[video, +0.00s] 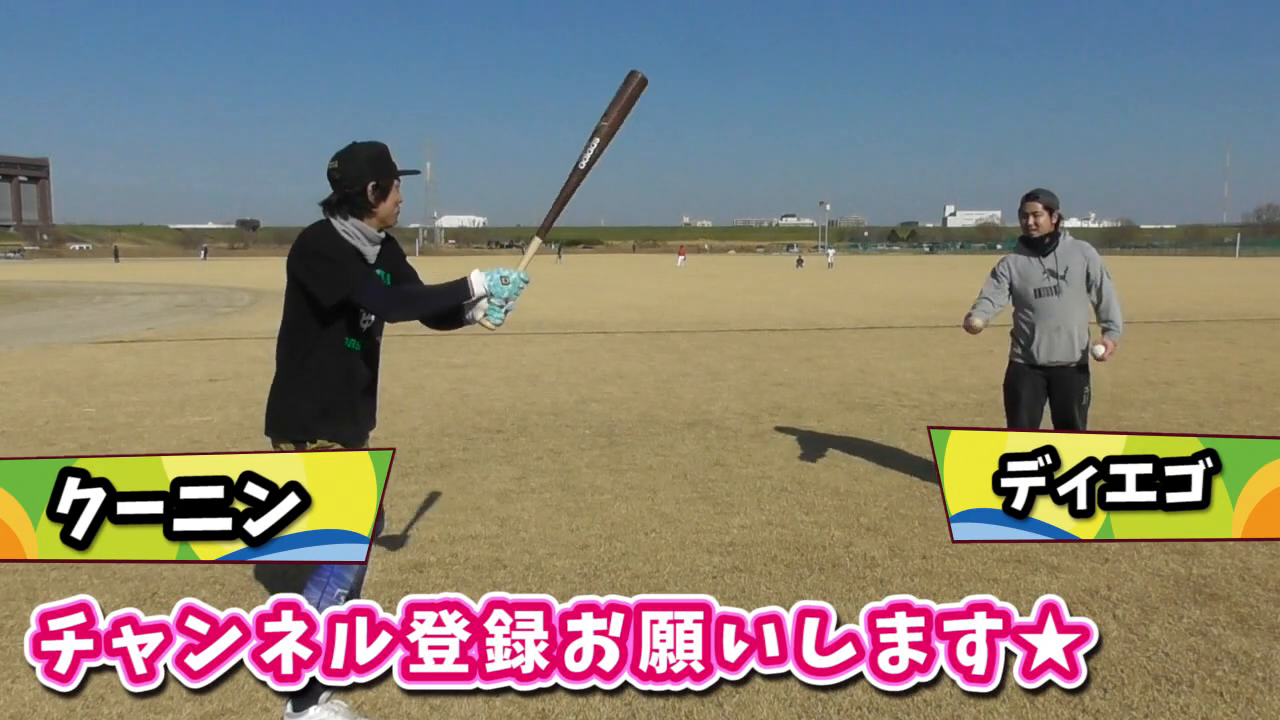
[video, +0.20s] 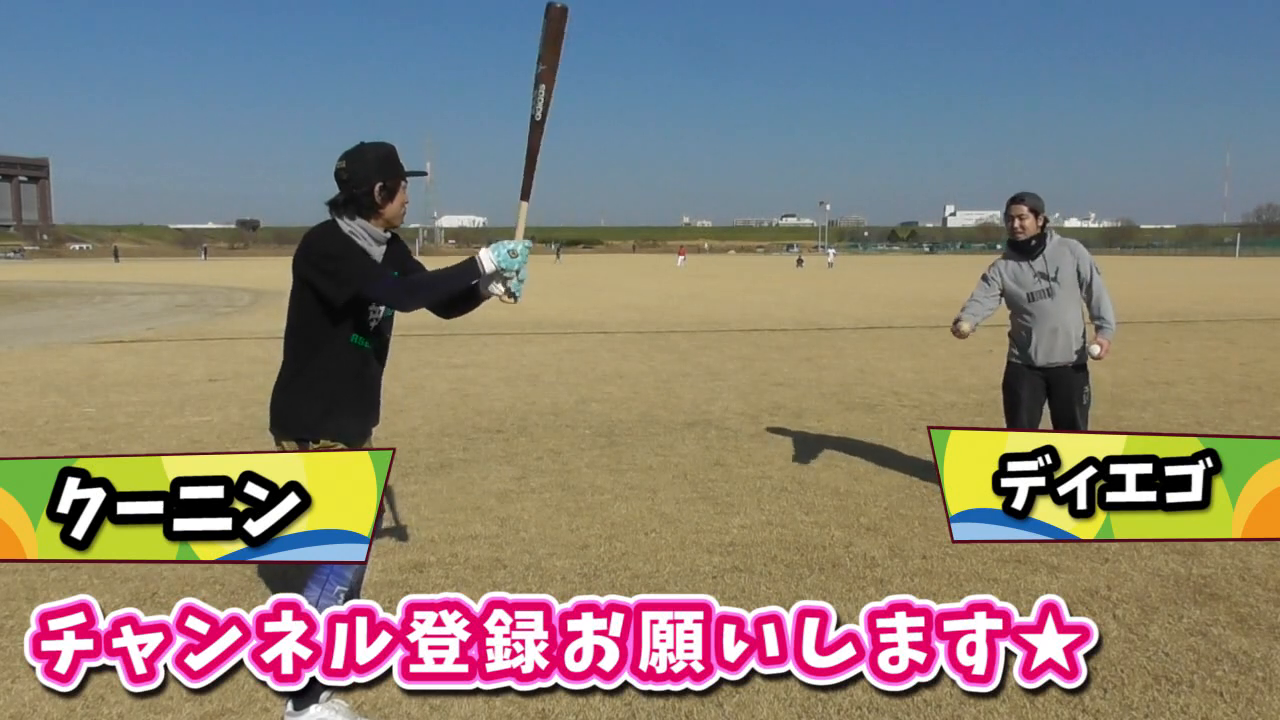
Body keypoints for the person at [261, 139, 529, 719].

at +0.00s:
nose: (400, 197)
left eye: (399, 188)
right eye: (395, 188)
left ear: (367, 191)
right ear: (373, 193)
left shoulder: (382, 249)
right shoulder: (319, 245)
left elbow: (422, 311)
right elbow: (382, 301)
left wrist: (475, 310)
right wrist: (470, 285)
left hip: (351, 425)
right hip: (311, 426)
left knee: (352, 548)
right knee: (345, 553)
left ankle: (316, 680)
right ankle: (304, 695)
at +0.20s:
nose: (407, 199)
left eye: (405, 189)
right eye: (403, 189)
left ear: (373, 192)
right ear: (380, 193)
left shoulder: (388, 247)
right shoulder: (326, 243)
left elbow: (436, 301)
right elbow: (395, 291)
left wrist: (487, 283)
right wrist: (476, 266)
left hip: (351, 422)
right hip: (314, 423)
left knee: (349, 545)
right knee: (348, 548)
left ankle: (319, 679)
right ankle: (306, 694)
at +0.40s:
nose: (404, 202)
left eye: (403, 193)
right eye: (400, 193)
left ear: (364, 197)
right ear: (378, 197)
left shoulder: (387, 250)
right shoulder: (320, 250)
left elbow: (450, 300)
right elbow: (398, 283)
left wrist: (493, 276)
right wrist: (476, 246)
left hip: (347, 433)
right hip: (312, 435)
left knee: (348, 547)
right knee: (359, 562)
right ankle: (308, 695)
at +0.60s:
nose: (399, 201)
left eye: (398, 191)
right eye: (394, 192)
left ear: (362, 196)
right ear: (368, 194)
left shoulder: (378, 252)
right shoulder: (298, 241)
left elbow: (435, 302)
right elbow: (351, 278)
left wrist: (457, 266)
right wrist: (434, 226)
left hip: (352, 431)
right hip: (300, 437)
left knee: (409, 526)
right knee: (349, 560)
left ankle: (356, 614)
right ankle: (308, 695)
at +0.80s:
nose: (393, 197)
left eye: (393, 190)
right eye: (389, 190)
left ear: (353, 192)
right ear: (365, 193)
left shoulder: (373, 245)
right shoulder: (283, 237)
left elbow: (417, 308)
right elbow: (299, 281)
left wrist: (406, 259)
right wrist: (377, 232)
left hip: (345, 406)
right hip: (287, 417)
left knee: (425, 503)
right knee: (344, 543)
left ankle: (414, 617)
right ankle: (307, 696)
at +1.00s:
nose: (396, 199)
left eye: (396, 189)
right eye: (388, 189)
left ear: (377, 193)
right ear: (355, 193)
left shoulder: (390, 246)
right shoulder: (281, 237)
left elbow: (407, 311)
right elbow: (266, 291)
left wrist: (375, 265)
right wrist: (343, 242)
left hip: (357, 407)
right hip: (295, 421)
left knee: (413, 479)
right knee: (343, 543)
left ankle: (431, 620)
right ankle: (306, 694)